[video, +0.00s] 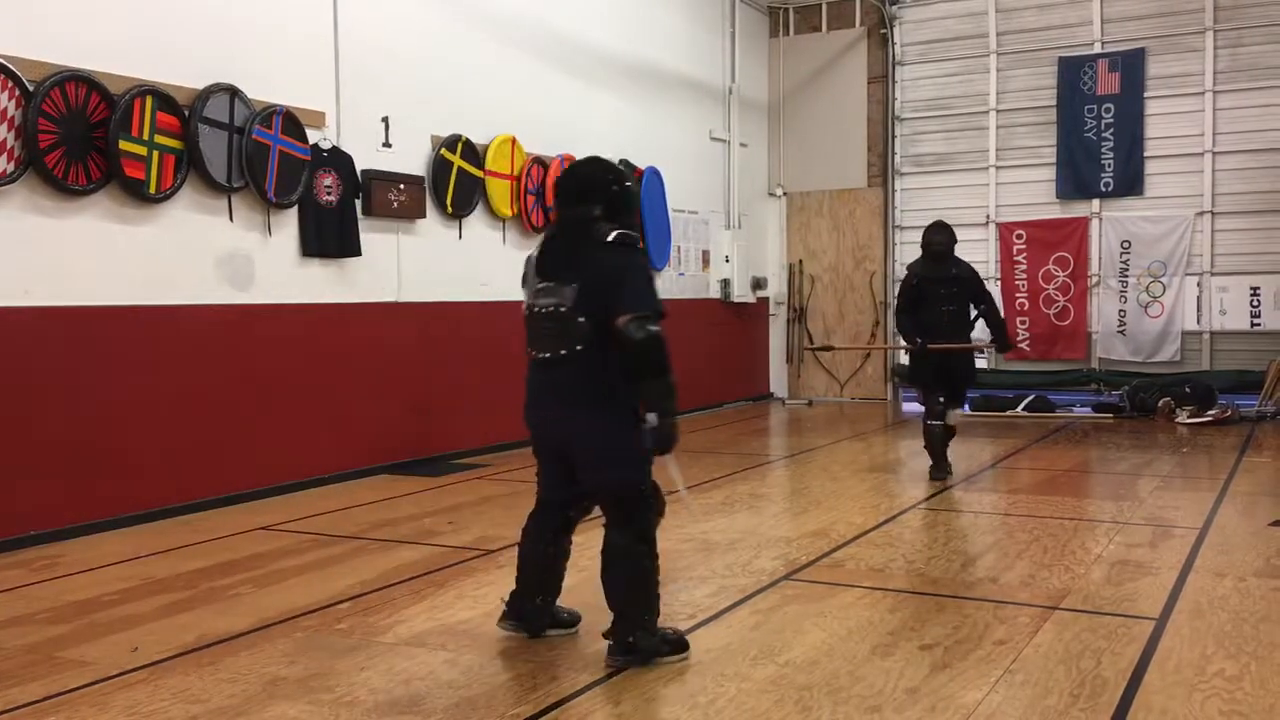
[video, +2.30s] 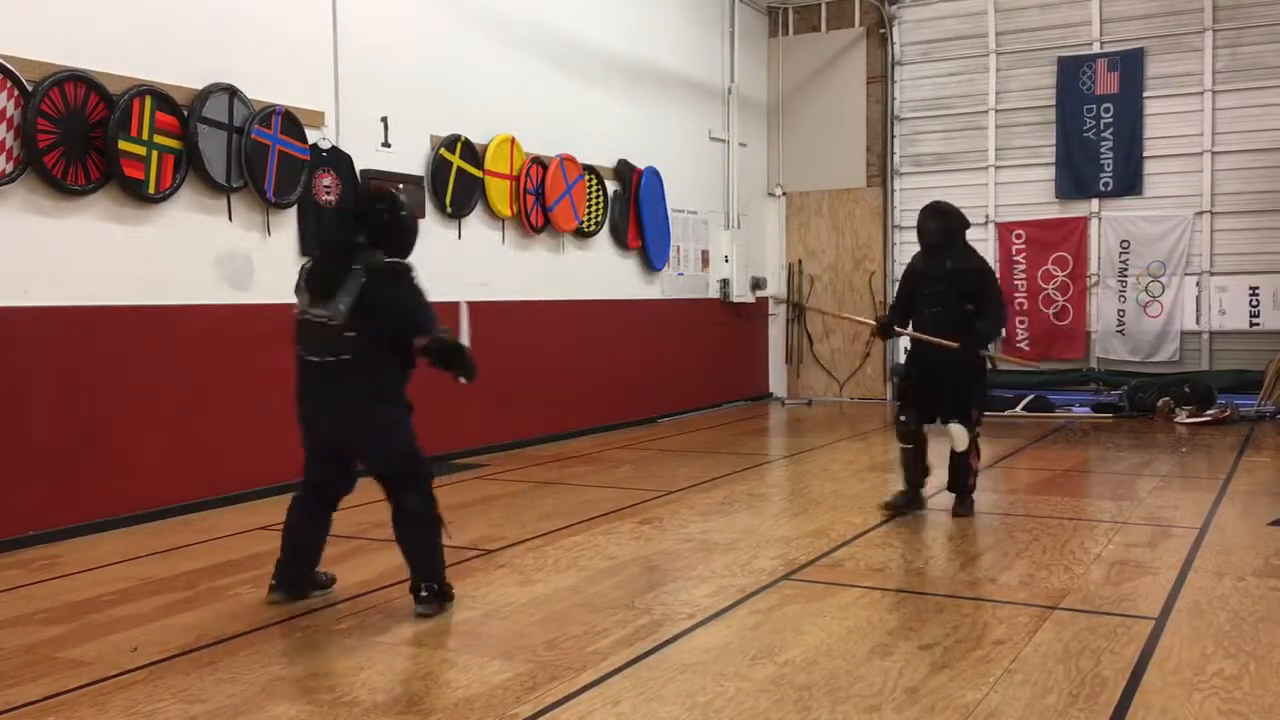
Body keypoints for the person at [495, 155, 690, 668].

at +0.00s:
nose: (633, 201)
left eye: (630, 192)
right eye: (627, 194)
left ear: (568, 200)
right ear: (613, 199)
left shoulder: (543, 255)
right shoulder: (620, 250)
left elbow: (547, 338)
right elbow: (640, 335)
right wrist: (660, 410)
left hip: (549, 409)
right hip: (606, 411)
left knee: (558, 501)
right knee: (633, 508)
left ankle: (531, 603)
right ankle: (634, 630)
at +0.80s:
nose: (596, 215)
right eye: (591, 207)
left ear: (529, 208)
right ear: (584, 211)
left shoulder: (494, 261)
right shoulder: (599, 263)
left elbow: (469, 341)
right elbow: (640, 348)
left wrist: (490, 390)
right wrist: (660, 409)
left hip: (504, 420)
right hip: (576, 421)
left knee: (481, 516)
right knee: (613, 515)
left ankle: (450, 628)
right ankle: (631, 631)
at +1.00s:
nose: (544, 219)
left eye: (540, 209)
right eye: (538, 209)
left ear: (475, 212)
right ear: (526, 215)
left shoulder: (435, 268)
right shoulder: (542, 270)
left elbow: (409, 346)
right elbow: (581, 352)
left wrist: (411, 412)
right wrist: (607, 416)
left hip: (454, 423)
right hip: (521, 424)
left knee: (451, 526)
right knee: (570, 519)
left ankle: (445, 633)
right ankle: (614, 623)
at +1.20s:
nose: (505, 208)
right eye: (499, 200)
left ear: (435, 202)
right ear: (487, 205)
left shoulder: (397, 263)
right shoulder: (507, 263)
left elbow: (362, 337)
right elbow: (543, 347)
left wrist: (355, 399)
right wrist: (565, 409)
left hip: (430, 420)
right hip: (493, 419)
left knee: (439, 521)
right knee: (531, 504)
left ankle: (445, 632)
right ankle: (539, 616)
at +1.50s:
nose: (481, 222)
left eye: (480, 213)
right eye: (476, 213)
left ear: (412, 211)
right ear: (463, 214)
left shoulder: (375, 268)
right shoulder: (479, 265)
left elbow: (356, 344)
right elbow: (516, 342)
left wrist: (371, 405)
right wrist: (537, 404)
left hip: (407, 414)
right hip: (470, 411)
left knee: (424, 513)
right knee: (465, 508)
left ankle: (442, 628)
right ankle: (450, 614)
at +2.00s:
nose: (450, 223)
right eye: (444, 216)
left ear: (388, 215)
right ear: (436, 218)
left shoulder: (352, 261)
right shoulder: (452, 268)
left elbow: (326, 330)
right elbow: (486, 341)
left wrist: (344, 385)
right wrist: (508, 396)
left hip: (374, 398)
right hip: (434, 399)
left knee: (361, 481)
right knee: (433, 486)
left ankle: (370, 569)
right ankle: (433, 587)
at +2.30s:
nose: (409, 235)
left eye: (407, 227)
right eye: (405, 227)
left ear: (354, 227)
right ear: (393, 233)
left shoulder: (317, 269)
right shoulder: (391, 280)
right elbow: (427, 338)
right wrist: (458, 359)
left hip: (320, 409)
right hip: (377, 412)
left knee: (321, 485)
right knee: (411, 489)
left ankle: (292, 575)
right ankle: (428, 584)